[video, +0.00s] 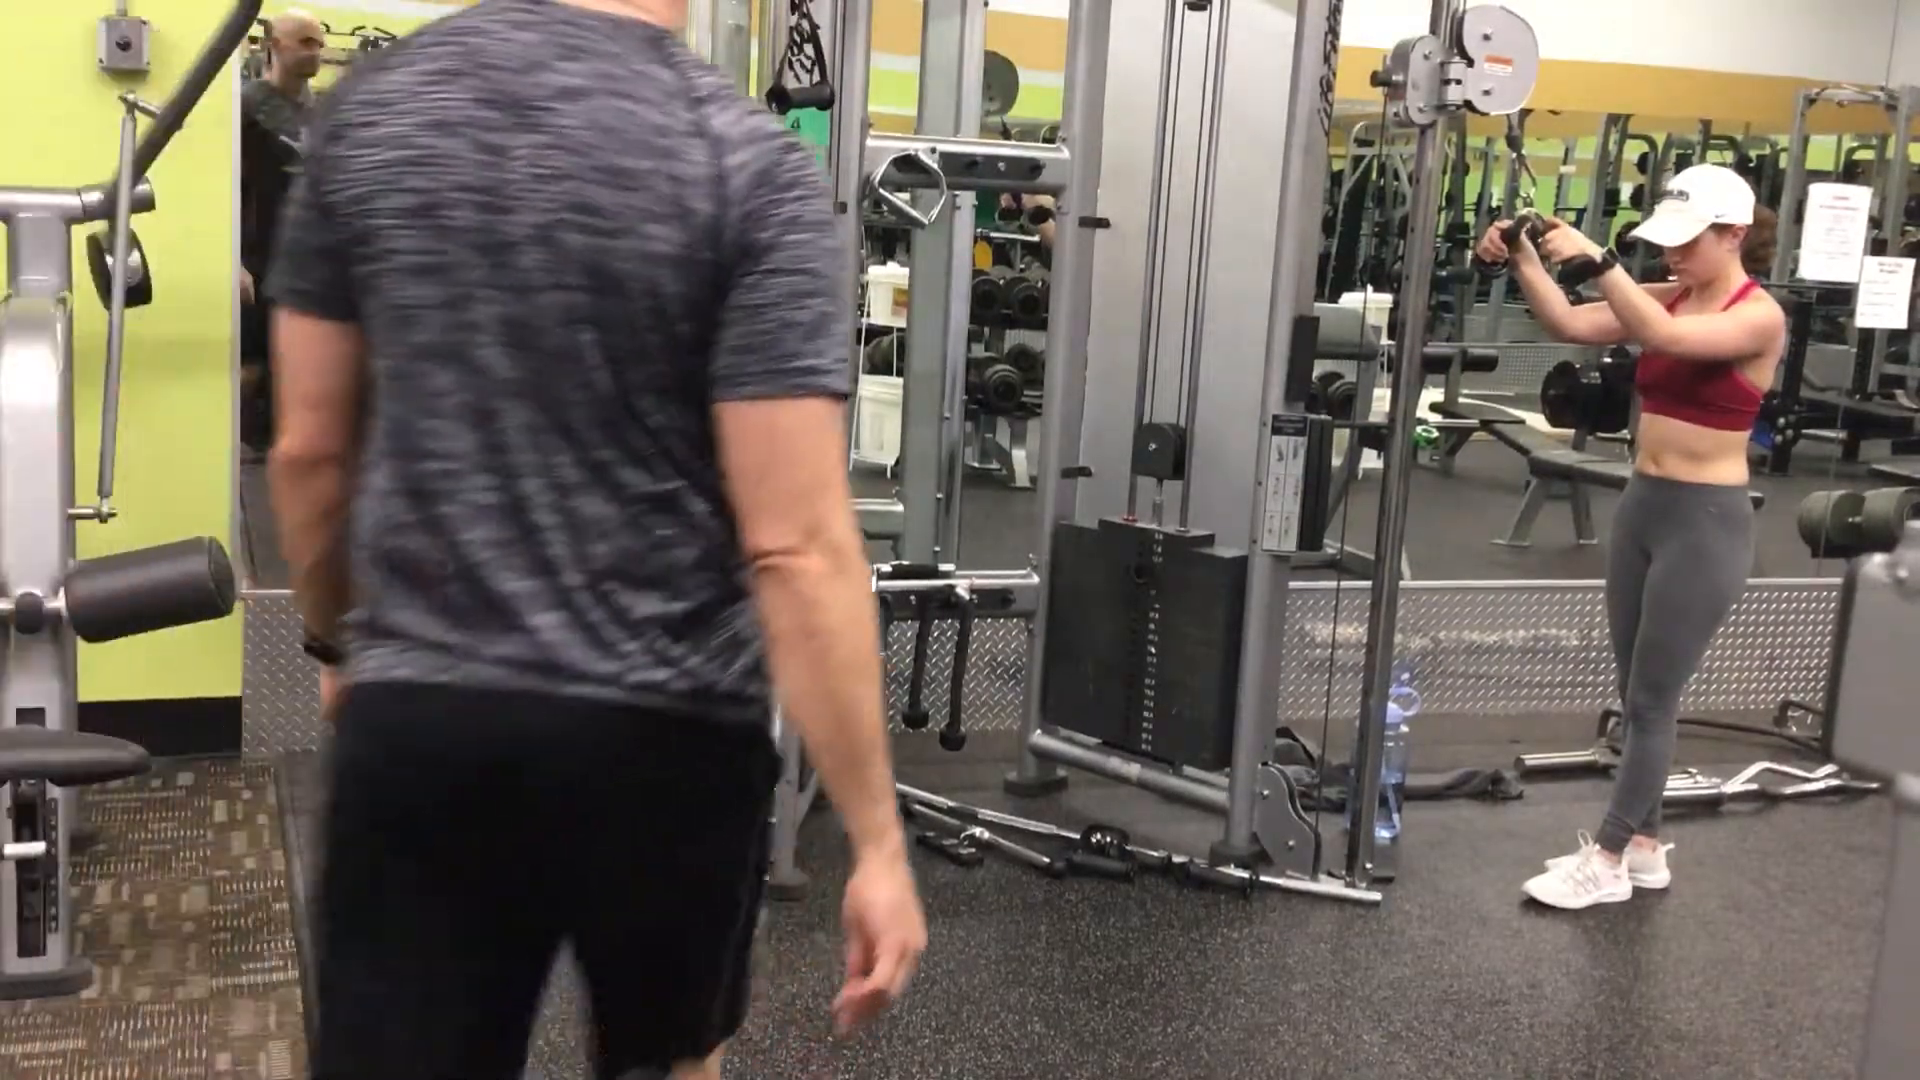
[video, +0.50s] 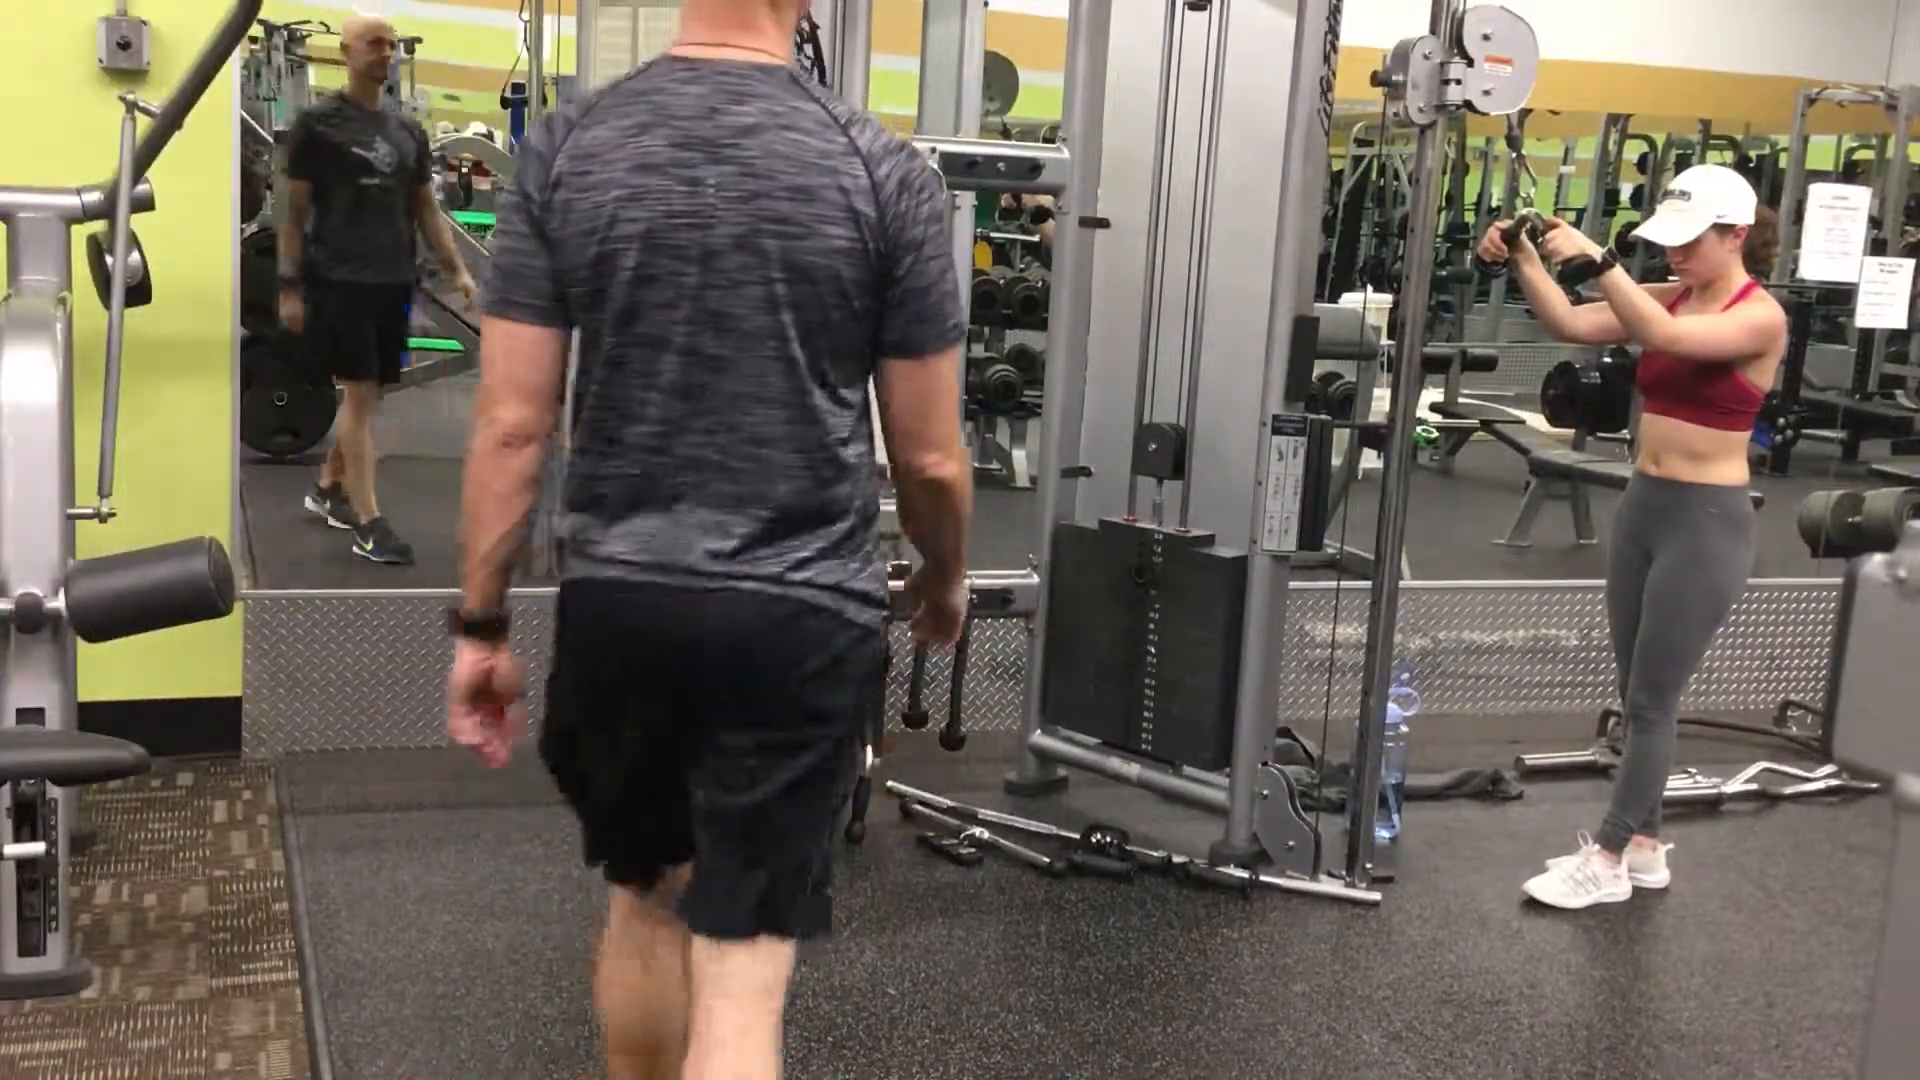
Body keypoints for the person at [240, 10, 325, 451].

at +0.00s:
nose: (317, 52)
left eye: (319, 42)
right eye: (306, 42)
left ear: (319, 48)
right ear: (276, 46)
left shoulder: (319, 113)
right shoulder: (245, 106)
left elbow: (328, 187)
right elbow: (227, 189)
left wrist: (331, 247)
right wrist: (234, 260)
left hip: (309, 252)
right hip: (261, 256)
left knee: (307, 351)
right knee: (259, 360)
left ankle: (304, 442)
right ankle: (257, 443)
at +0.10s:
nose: (336, 48)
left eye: (338, 40)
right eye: (325, 39)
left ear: (339, 47)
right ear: (294, 42)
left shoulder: (343, 115)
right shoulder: (258, 103)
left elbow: (353, 193)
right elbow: (238, 191)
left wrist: (356, 257)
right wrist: (240, 263)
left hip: (331, 262)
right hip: (277, 261)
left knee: (331, 376)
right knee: (284, 365)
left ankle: (323, 487)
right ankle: (218, 438)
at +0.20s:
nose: (349, 44)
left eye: (353, 36)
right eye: (338, 35)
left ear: (355, 44)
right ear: (307, 39)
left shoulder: (365, 118)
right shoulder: (272, 106)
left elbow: (374, 198)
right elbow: (249, 193)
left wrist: (389, 250)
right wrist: (244, 263)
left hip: (350, 261)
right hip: (292, 258)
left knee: (336, 376)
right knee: (306, 370)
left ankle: (323, 487)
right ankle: (275, 470)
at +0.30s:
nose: (361, 47)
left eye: (365, 39)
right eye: (350, 38)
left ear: (369, 46)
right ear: (321, 43)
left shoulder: (380, 119)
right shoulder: (288, 109)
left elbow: (393, 198)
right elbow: (262, 192)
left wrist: (414, 251)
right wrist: (251, 264)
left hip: (362, 266)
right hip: (308, 263)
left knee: (342, 380)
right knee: (326, 377)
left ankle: (324, 496)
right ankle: (321, 502)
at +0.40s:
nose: (375, 52)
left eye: (379, 44)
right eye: (364, 43)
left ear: (382, 52)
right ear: (335, 49)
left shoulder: (394, 129)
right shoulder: (301, 119)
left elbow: (412, 204)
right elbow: (275, 201)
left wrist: (438, 260)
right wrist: (266, 274)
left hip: (374, 273)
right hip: (319, 271)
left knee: (345, 389)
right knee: (343, 389)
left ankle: (324, 492)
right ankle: (358, 510)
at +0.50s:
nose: (385, 52)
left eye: (390, 43)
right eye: (373, 43)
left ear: (395, 52)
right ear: (346, 50)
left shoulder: (407, 132)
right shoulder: (315, 125)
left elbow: (427, 207)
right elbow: (293, 211)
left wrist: (458, 267)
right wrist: (289, 284)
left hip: (393, 280)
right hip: (337, 279)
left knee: (365, 392)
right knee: (360, 394)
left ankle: (330, 486)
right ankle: (369, 520)